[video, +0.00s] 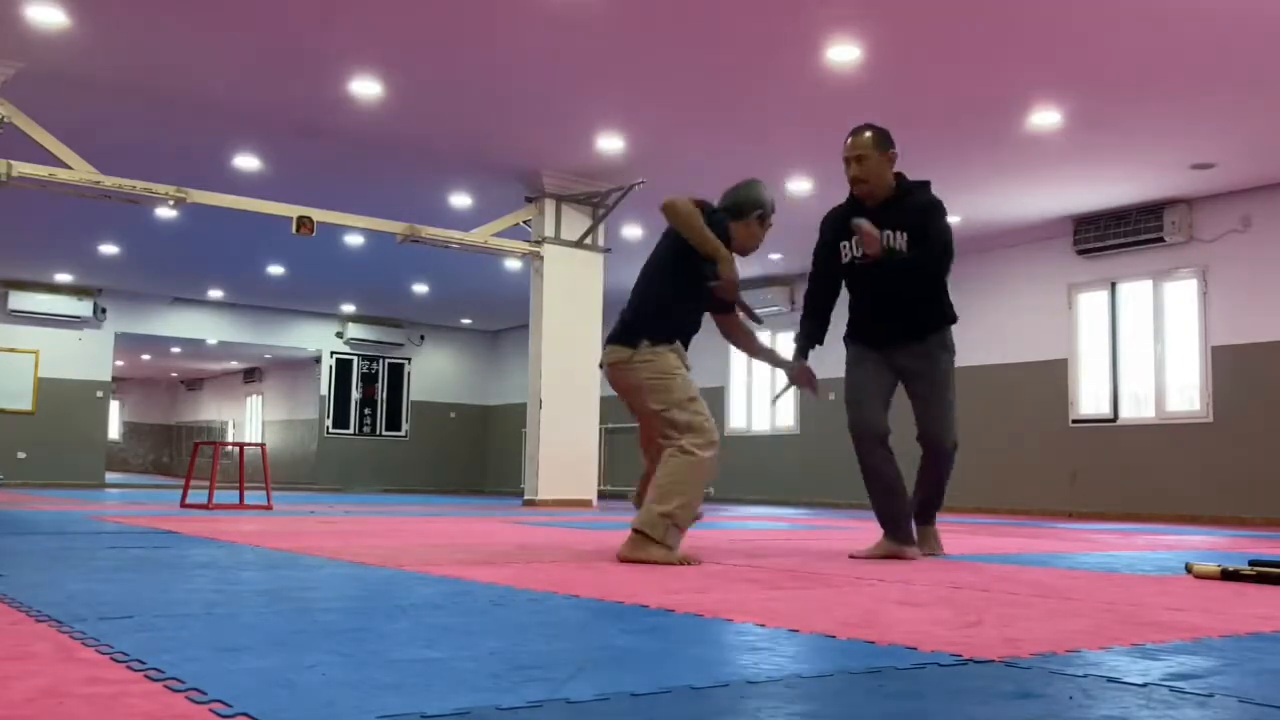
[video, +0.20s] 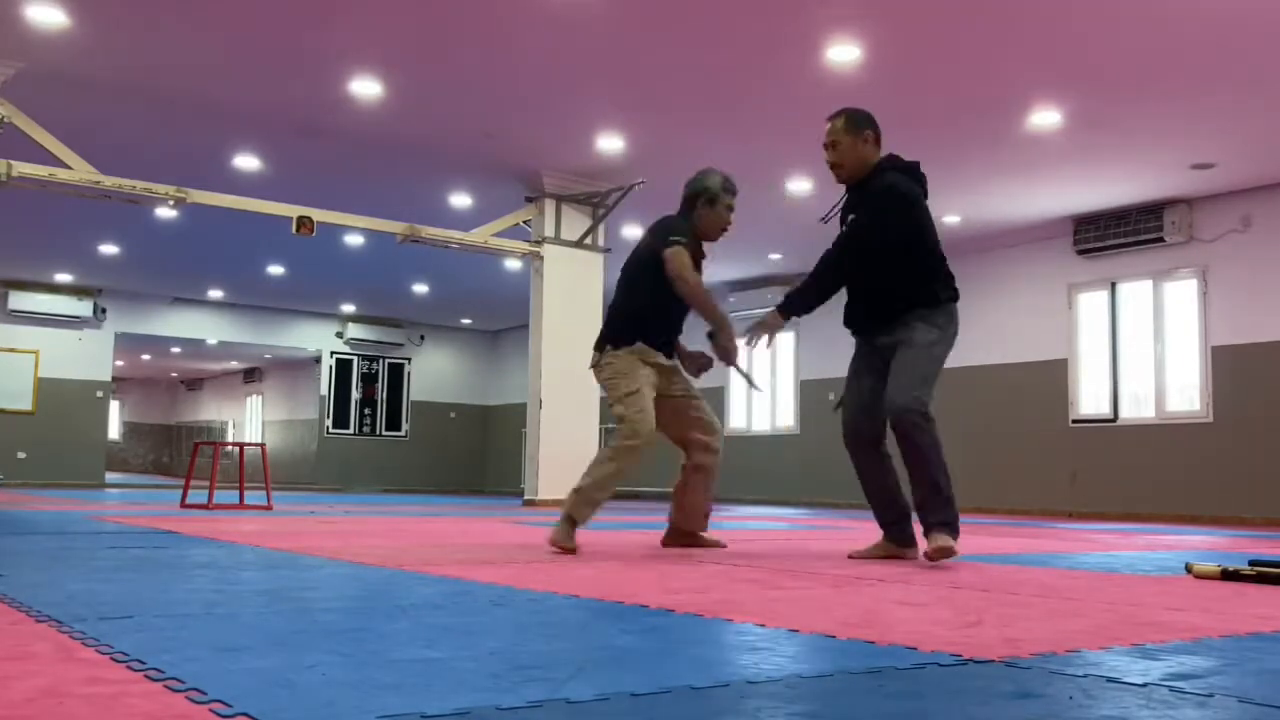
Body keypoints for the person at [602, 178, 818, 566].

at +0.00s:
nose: (763, 238)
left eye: (766, 229)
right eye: (764, 227)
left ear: (739, 217)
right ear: (750, 218)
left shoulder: (711, 262)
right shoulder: (709, 220)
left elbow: (735, 331)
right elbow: (673, 207)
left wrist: (787, 365)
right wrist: (723, 257)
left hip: (637, 353)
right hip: (645, 352)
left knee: (665, 446)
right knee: (699, 439)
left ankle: (653, 537)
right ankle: (650, 540)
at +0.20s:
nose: (730, 221)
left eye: (732, 212)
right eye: (726, 210)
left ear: (704, 208)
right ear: (701, 205)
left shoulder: (690, 252)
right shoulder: (672, 230)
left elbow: (656, 313)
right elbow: (683, 280)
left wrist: (683, 353)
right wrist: (721, 327)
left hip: (659, 361)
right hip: (622, 355)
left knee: (706, 436)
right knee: (637, 433)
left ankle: (684, 528)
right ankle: (569, 520)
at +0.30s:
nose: (693, 207)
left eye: (695, 200)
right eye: (687, 198)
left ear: (677, 201)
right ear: (661, 196)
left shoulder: (663, 240)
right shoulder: (638, 229)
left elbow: (642, 299)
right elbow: (622, 285)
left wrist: (669, 328)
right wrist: (659, 339)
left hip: (652, 368)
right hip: (612, 368)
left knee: (703, 435)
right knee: (593, 457)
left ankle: (684, 529)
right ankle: (528, 512)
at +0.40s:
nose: (657, 202)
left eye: (660, 195)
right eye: (650, 193)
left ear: (656, 200)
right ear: (621, 194)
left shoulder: (647, 251)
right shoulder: (589, 233)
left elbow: (631, 313)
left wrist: (658, 306)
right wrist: (600, 338)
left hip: (635, 367)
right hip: (585, 368)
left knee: (688, 428)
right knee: (557, 456)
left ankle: (682, 523)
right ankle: (520, 532)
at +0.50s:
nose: (627, 195)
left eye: (631, 188)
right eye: (619, 187)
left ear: (632, 192)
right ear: (592, 188)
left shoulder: (635, 244)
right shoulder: (558, 233)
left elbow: (661, 305)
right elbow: (522, 283)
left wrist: (665, 267)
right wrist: (551, 316)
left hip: (618, 361)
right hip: (565, 363)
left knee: (666, 430)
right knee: (545, 449)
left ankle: (658, 518)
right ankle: (521, 528)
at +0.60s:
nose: (612, 193)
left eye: (617, 186)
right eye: (604, 184)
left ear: (621, 191)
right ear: (578, 185)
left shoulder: (626, 239)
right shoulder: (546, 230)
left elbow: (658, 289)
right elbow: (512, 278)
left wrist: (678, 287)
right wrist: (532, 305)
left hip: (612, 359)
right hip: (557, 359)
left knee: (648, 436)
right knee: (537, 445)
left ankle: (641, 522)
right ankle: (522, 526)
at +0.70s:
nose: (609, 194)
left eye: (614, 186)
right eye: (601, 184)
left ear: (618, 190)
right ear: (576, 184)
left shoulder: (622, 238)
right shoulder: (543, 225)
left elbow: (635, 299)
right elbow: (512, 273)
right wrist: (526, 305)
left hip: (608, 355)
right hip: (553, 356)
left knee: (644, 436)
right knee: (534, 442)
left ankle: (649, 521)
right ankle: (522, 525)